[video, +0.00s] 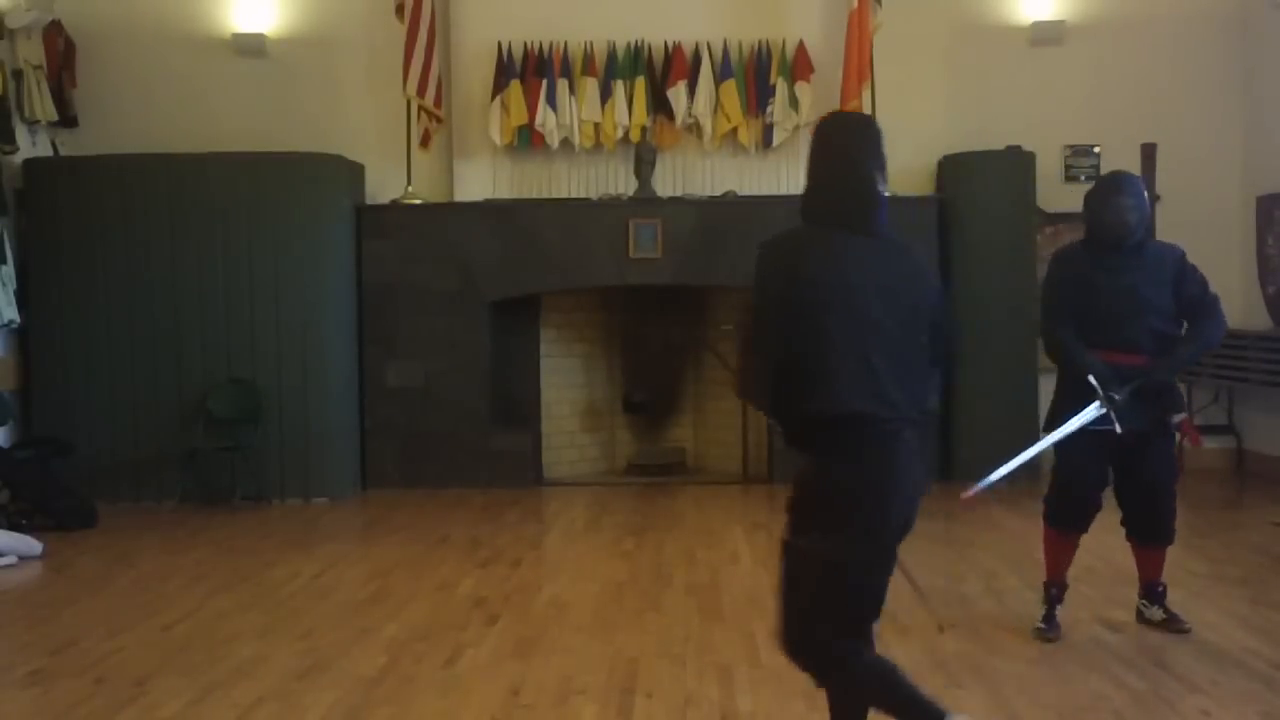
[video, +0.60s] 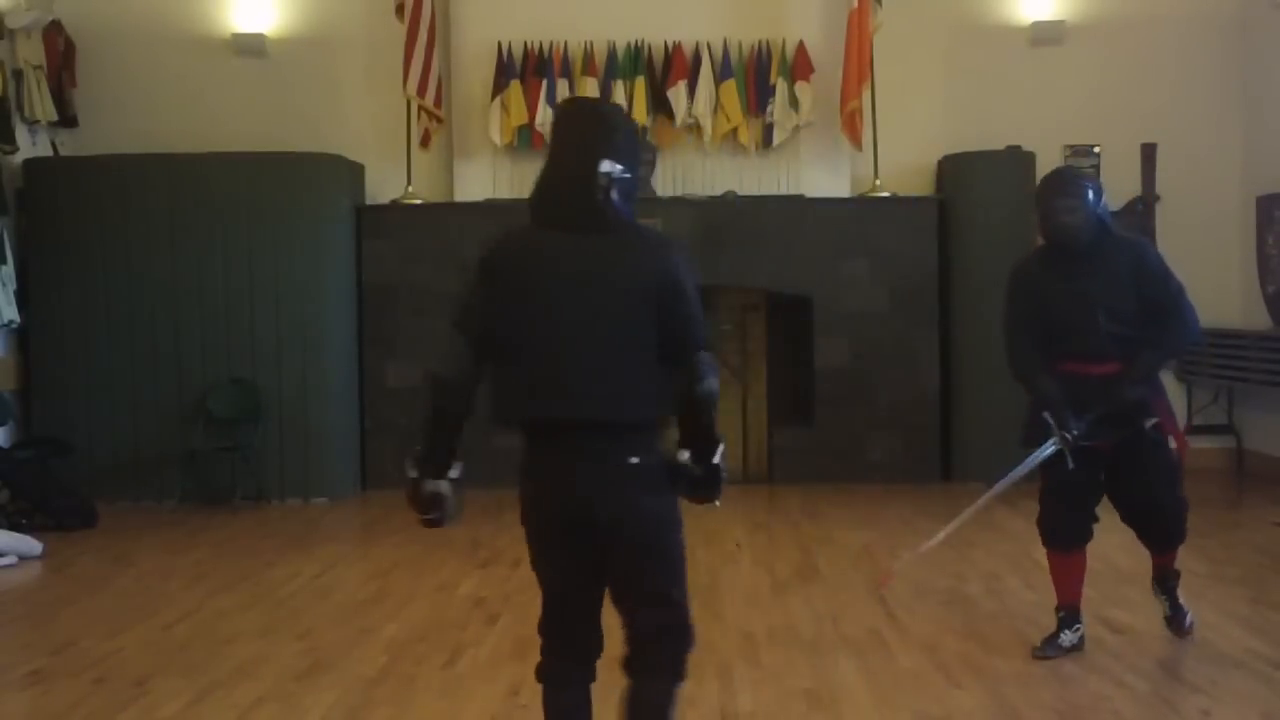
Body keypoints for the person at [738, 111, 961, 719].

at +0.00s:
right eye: (874, 164)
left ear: (815, 170)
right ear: (879, 173)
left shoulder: (787, 255)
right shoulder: (906, 258)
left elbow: (761, 379)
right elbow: (938, 351)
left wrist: (810, 428)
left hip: (836, 463)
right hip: (900, 459)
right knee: (851, 630)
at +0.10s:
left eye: (777, 156)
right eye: (838, 161)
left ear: (775, 164)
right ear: (840, 168)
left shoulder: (750, 252)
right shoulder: (873, 253)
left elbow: (722, 374)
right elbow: (897, 367)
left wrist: (773, 413)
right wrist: (853, 410)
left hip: (784, 465)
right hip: (857, 465)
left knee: (728, 616)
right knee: (837, 627)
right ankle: (846, 715)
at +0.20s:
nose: (806, 177)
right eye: (803, 167)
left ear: (734, 169)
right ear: (799, 171)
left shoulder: (705, 253)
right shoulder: (834, 254)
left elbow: (680, 380)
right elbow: (858, 377)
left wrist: (735, 425)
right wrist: (808, 417)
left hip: (739, 469)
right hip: (816, 469)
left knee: (673, 630)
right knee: (817, 627)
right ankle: (838, 711)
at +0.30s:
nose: (760, 187)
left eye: (756, 176)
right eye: (758, 176)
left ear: (689, 178)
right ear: (754, 180)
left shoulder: (652, 263)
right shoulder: (790, 262)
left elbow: (611, 383)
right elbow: (817, 387)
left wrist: (663, 443)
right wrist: (781, 438)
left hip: (685, 478)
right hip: (766, 480)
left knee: (633, 645)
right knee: (787, 632)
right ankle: (826, 709)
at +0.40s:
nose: (712, 193)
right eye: (711, 181)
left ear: (642, 179)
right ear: (710, 185)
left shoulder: (601, 267)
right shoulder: (738, 267)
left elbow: (556, 381)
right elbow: (773, 382)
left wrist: (587, 465)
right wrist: (752, 460)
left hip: (623, 487)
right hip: (711, 485)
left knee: (595, 648)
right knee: (762, 634)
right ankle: (805, 708)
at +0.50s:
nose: (670, 186)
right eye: (667, 175)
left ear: (594, 175)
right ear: (663, 180)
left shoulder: (547, 264)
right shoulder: (692, 265)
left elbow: (512, 372)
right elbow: (730, 373)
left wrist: (505, 468)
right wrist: (730, 458)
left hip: (581, 482)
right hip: (666, 482)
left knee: (576, 647)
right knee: (715, 642)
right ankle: (735, 707)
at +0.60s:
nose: (643, 176)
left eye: (637, 163)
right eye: (639, 164)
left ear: (554, 167)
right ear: (624, 173)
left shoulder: (512, 256)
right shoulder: (655, 259)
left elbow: (460, 368)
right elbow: (695, 373)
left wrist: (435, 466)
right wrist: (703, 454)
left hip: (548, 477)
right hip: (635, 480)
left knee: (566, 642)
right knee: (660, 642)